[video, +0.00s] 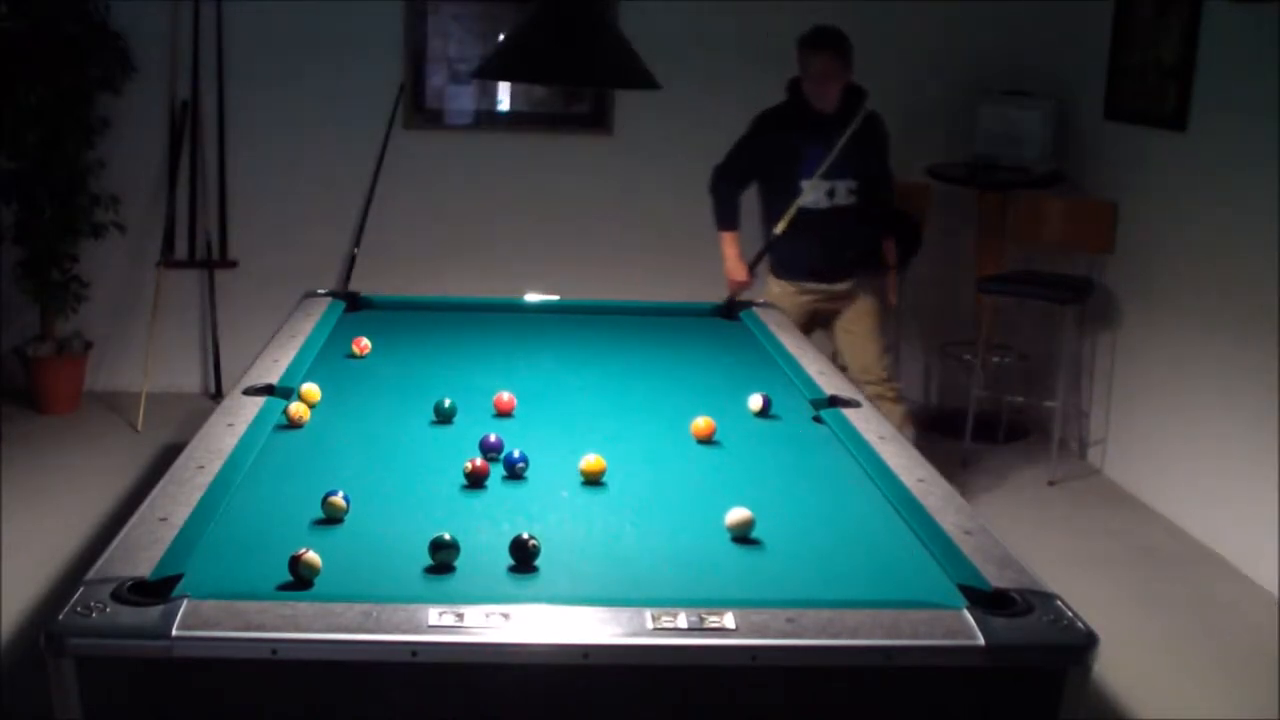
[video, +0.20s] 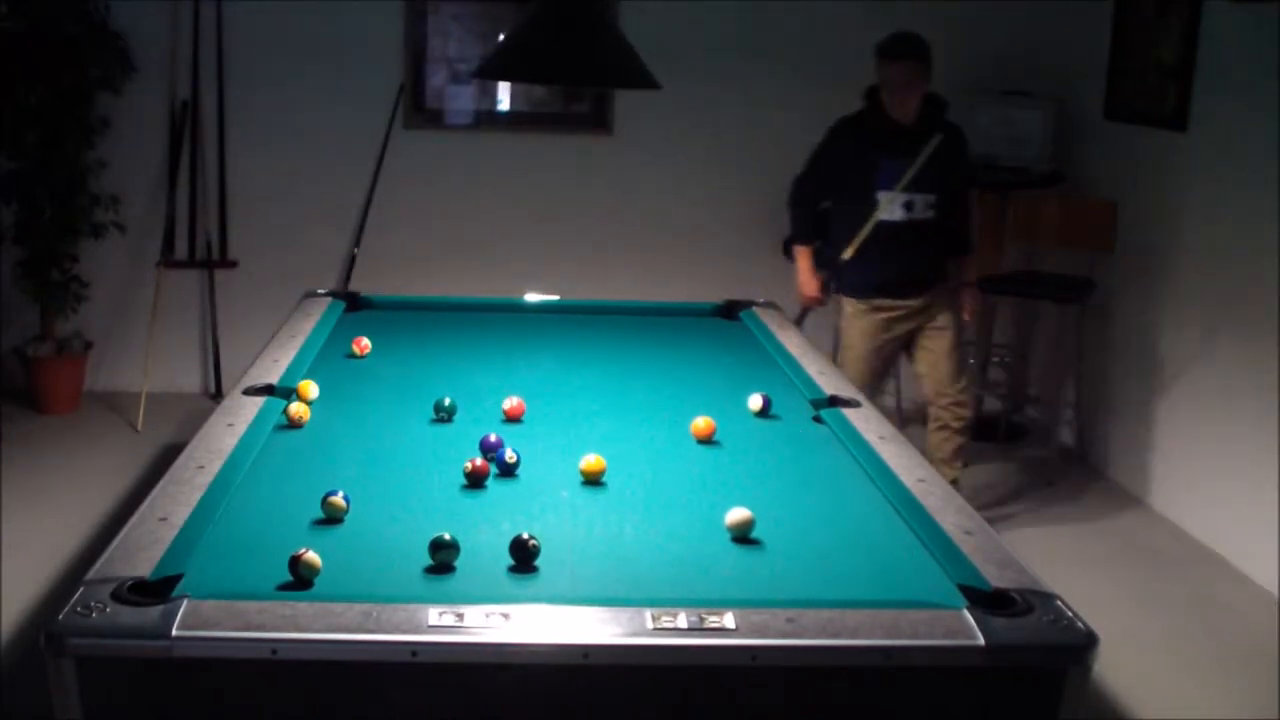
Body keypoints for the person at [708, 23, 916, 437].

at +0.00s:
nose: (821, 78)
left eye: (830, 69)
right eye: (813, 68)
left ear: (847, 71)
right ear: (800, 70)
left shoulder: (866, 125)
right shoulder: (776, 123)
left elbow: (882, 202)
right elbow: (724, 180)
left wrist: (890, 270)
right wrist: (731, 256)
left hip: (855, 285)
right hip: (791, 286)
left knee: (877, 385)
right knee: (766, 382)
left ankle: (908, 483)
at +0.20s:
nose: (904, 87)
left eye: (913, 78)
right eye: (895, 77)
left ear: (928, 79)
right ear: (879, 77)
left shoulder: (946, 138)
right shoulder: (851, 133)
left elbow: (962, 215)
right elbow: (804, 197)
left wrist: (967, 282)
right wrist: (804, 267)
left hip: (933, 300)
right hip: (867, 303)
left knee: (951, 408)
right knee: (850, 409)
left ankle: (943, 505)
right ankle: (834, 494)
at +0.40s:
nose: (962, 80)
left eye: (973, 70)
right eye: (953, 69)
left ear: (990, 73)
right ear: (938, 69)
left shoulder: (1011, 136)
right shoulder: (908, 129)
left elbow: (1035, 215)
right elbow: (863, 201)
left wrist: (1047, 289)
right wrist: (861, 273)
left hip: (985, 298)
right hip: (921, 295)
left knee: (971, 422)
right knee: (944, 418)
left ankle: (941, 521)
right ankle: (896, 509)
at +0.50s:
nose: (988, 86)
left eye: (999, 76)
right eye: (979, 75)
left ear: (1017, 79)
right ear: (965, 75)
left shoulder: (1040, 142)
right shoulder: (935, 136)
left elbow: (1068, 221)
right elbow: (890, 215)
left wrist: (1077, 298)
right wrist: (889, 292)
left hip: (1009, 304)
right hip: (946, 303)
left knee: (980, 422)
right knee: (977, 427)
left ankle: (945, 498)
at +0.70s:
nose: (1033, 109)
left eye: (1044, 96)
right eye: (1023, 96)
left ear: (1066, 97)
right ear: (1010, 94)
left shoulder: (1100, 162)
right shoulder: (985, 161)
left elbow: (1121, 254)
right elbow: (945, 246)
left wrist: (1115, 339)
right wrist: (939, 330)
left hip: (1077, 334)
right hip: (1011, 331)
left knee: (1033, 452)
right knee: (1049, 472)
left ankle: (955, 508)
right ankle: (1066, 604)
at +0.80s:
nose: (1060, 104)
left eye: (1072, 92)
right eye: (1050, 92)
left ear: (1092, 93)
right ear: (1034, 91)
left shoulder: (1129, 164)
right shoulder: (1007, 164)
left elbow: (1151, 260)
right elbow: (970, 252)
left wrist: (1140, 347)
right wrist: (964, 338)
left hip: (1106, 344)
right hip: (1033, 341)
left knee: (1094, 482)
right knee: (1057, 485)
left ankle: (1024, 528)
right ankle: (1072, 628)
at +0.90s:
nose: (1080, 100)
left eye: (1092, 88)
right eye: (1070, 87)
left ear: (1114, 88)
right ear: (1055, 88)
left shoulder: (1158, 162)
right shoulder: (1028, 160)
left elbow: (1183, 262)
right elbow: (992, 249)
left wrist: (1169, 352)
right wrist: (984, 335)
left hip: (1134, 361)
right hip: (1049, 358)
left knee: (1138, 500)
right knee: (1059, 503)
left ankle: (1103, 561)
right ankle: (1074, 626)